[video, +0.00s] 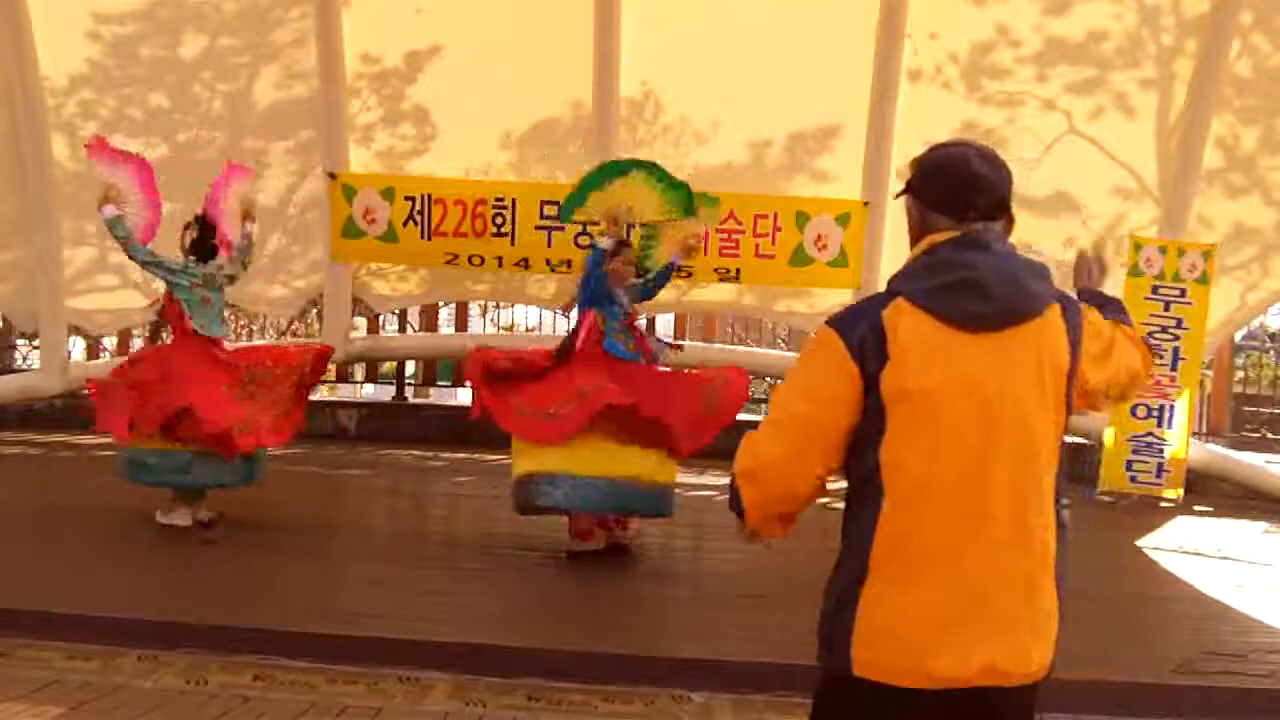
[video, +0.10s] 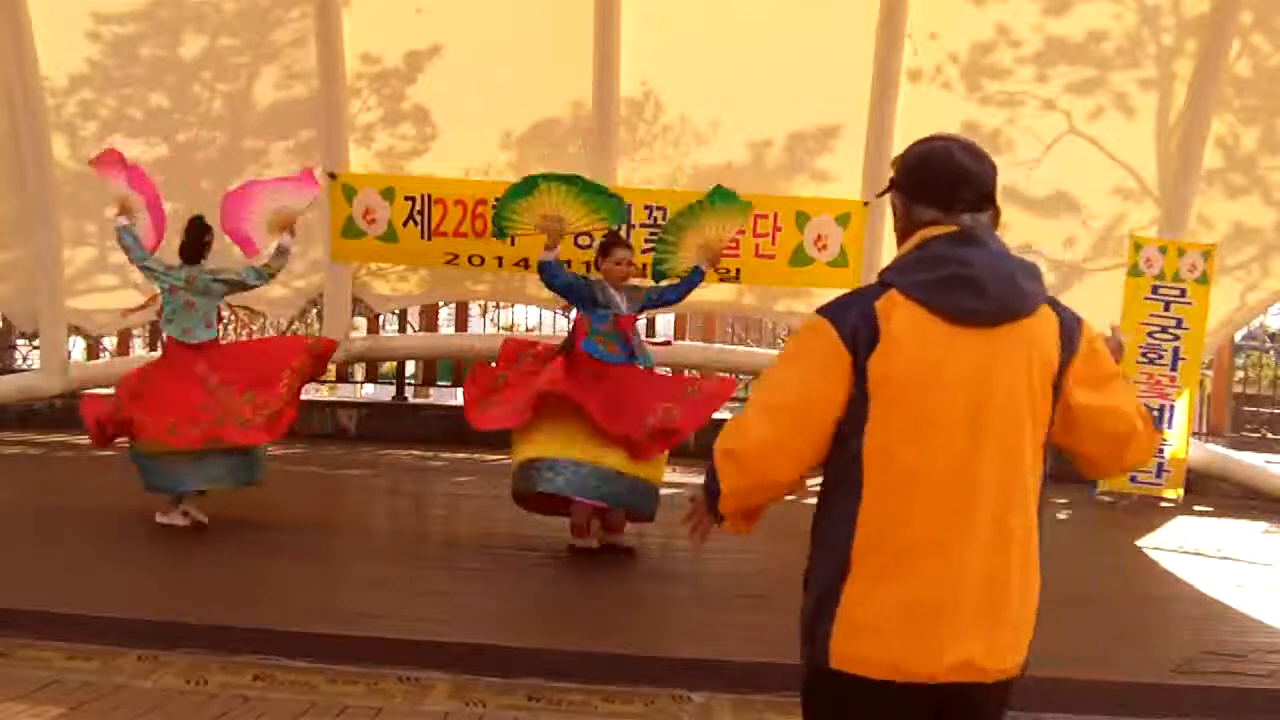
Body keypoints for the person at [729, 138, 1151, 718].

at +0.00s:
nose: (906, 222)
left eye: (907, 211)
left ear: (913, 219)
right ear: (1008, 224)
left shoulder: (867, 328)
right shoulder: (1062, 326)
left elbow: (774, 475)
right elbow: (1127, 363)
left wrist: (758, 504)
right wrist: (1099, 305)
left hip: (888, 656)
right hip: (1012, 659)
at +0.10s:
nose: (893, 219)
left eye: (892, 208)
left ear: (899, 212)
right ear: (991, 217)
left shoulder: (858, 321)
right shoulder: (1057, 331)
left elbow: (765, 452)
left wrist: (725, 494)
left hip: (869, 646)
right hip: (990, 649)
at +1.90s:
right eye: (915, 217)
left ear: (820, 203)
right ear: (912, 224)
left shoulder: (729, 294)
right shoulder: (908, 343)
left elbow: (632, 393)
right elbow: (915, 529)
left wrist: (717, 435)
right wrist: (873, 585)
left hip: (671, 623)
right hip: (784, 645)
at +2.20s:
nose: (903, 261)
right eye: (907, 248)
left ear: (814, 222)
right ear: (903, 247)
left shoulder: (716, 305)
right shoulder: (888, 355)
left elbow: (625, 405)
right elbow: (926, 510)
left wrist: (682, 487)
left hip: (653, 632)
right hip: (766, 658)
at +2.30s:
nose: (897, 273)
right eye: (902, 259)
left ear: (817, 225)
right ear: (899, 256)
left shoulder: (716, 307)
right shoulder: (887, 353)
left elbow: (620, 402)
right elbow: (959, 453)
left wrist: (677, 482)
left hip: (647, 628)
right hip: (760, 654)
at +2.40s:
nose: (903, 272)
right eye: (907, 259)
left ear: (818, 224)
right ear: (902, 256)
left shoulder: (714, 304)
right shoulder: (886, 351)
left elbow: (620, 400)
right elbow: (975, 424)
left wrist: (670, 484)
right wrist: (1037, 434)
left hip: (646, 626)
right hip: (758, 652)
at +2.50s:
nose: (900, 272)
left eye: (904, 259)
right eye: (905, 259)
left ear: (822, 223)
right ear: (902, 256)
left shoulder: (712, 306)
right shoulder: (885, 352)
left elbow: (620, 401)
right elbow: (985, 421)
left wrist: (671, 488)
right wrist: (1016, 397)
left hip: (647, 629)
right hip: (760, 655)